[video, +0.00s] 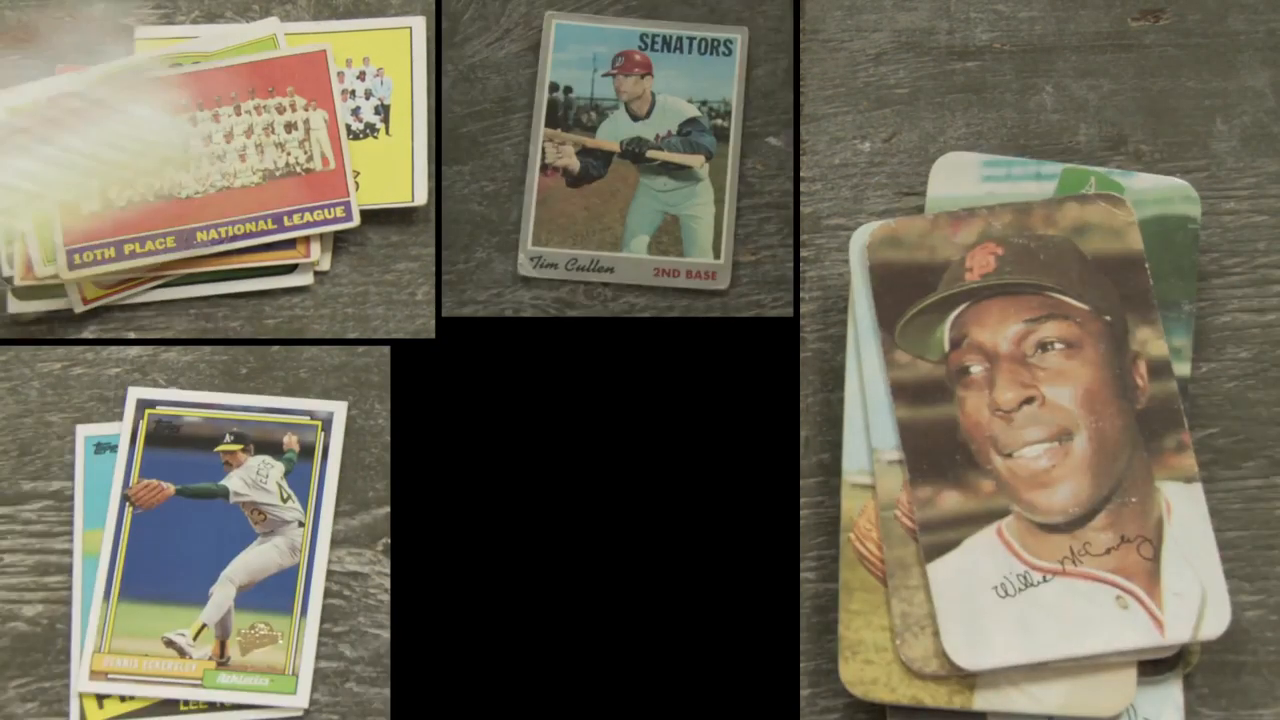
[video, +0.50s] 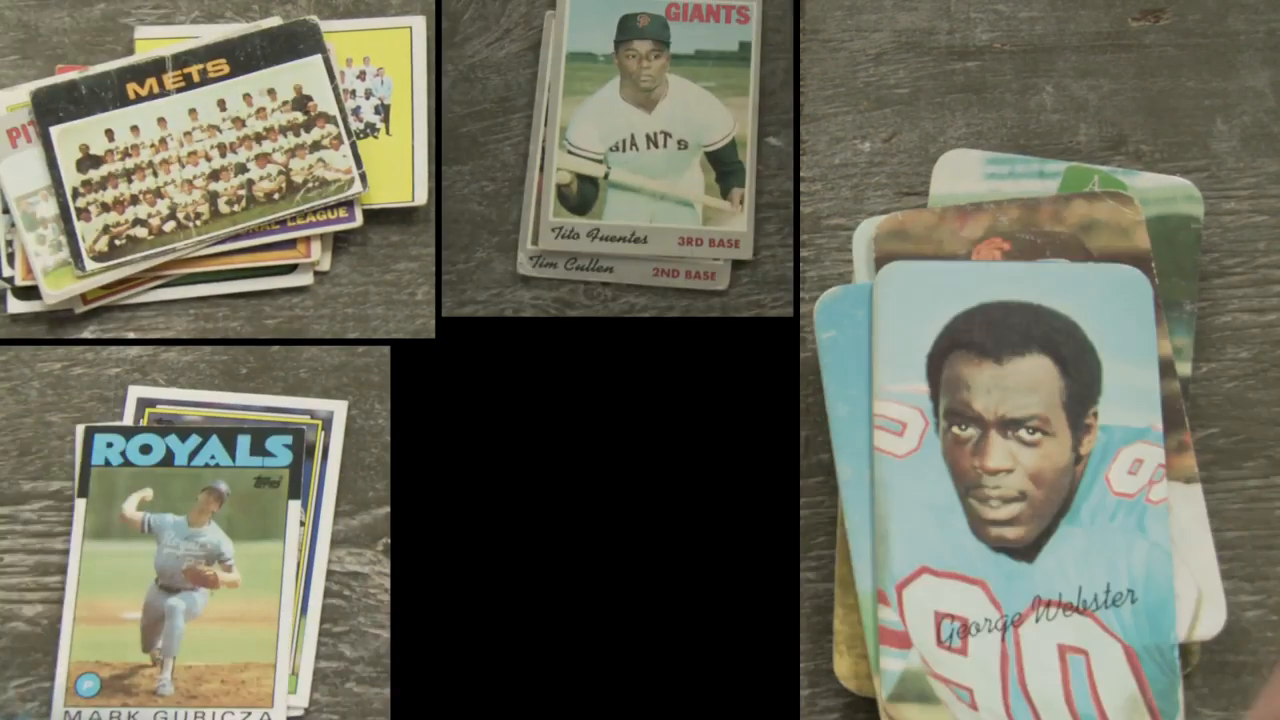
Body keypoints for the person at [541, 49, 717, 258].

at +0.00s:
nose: (617, 84)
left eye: (625, 77)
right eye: (615, 77)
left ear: (646, 81)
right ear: (613, 79)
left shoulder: (680, 110)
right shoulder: (613, 125)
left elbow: (703, 149)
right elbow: (597, 165)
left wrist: (655, 149)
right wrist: (573, 163)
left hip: (693, 191)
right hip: (650, 191)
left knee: (699, 262)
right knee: (632, 251)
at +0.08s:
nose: (617, 84)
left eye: (625, 77)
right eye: (615, 77)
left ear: (646, 81)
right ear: (613, 79)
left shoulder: (680, 110)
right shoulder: (613, 125)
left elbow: (703, 149)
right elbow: (597, 165)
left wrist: (655, 149)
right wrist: (573, 163)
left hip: (693, 191)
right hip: (650, 191)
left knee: (699, 262)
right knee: (632, 251)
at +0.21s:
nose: (617, 84)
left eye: (625, 77)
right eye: (615, 77)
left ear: (646, 81)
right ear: (613, 79)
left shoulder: (680, 110)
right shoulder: (613, 125)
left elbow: (703, 149)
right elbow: (597, 165)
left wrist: (655, 149)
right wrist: (573, 163)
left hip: (693, 191)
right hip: (650, 191)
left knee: (699, 262)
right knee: (632, 251)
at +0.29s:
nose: (618, 84)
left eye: (626, 78)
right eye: (615, 78)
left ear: (647, 81)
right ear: (612, 79)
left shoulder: (680, 113)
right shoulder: (613, 125)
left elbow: (690, 153)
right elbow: (597, 166)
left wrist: (653, 149)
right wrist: (573, 163)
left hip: (693, 189)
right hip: (650, 189)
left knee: (699, 261)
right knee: (633, 250)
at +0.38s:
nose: (644, 61)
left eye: (654, 52)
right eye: (632, 52)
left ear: (668, 55)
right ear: (616, 56)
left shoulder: (702, 104)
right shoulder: (595, 111)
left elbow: (729, 165)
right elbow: (582, 200)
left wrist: (736, 191)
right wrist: (566, 182)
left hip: (683, 237)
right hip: (620, 238)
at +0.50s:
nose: (644, 64)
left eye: (655, 55)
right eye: (632, 55)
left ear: (668, 59)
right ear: (616, 60)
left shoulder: (702, 107)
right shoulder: (595, 114)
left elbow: (729, 167)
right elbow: (582, 203)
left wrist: (736, 191)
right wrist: (567, 183)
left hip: (683, 231)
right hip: (621, 231)